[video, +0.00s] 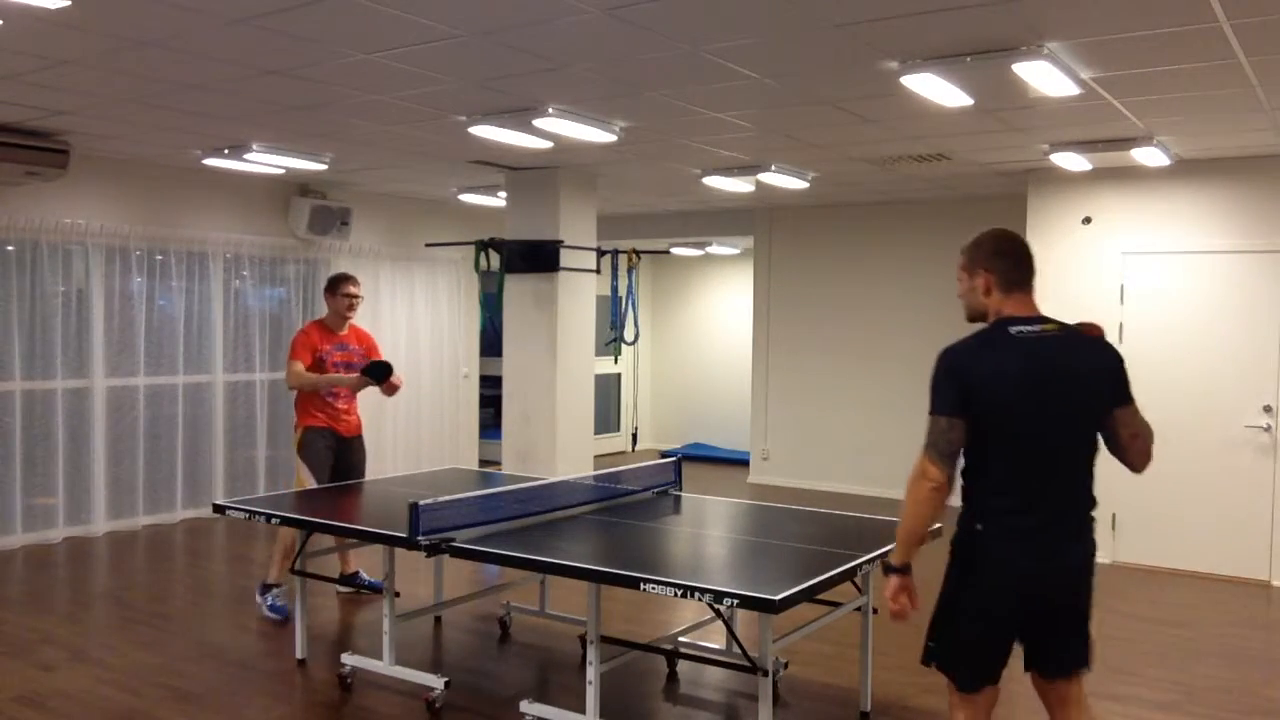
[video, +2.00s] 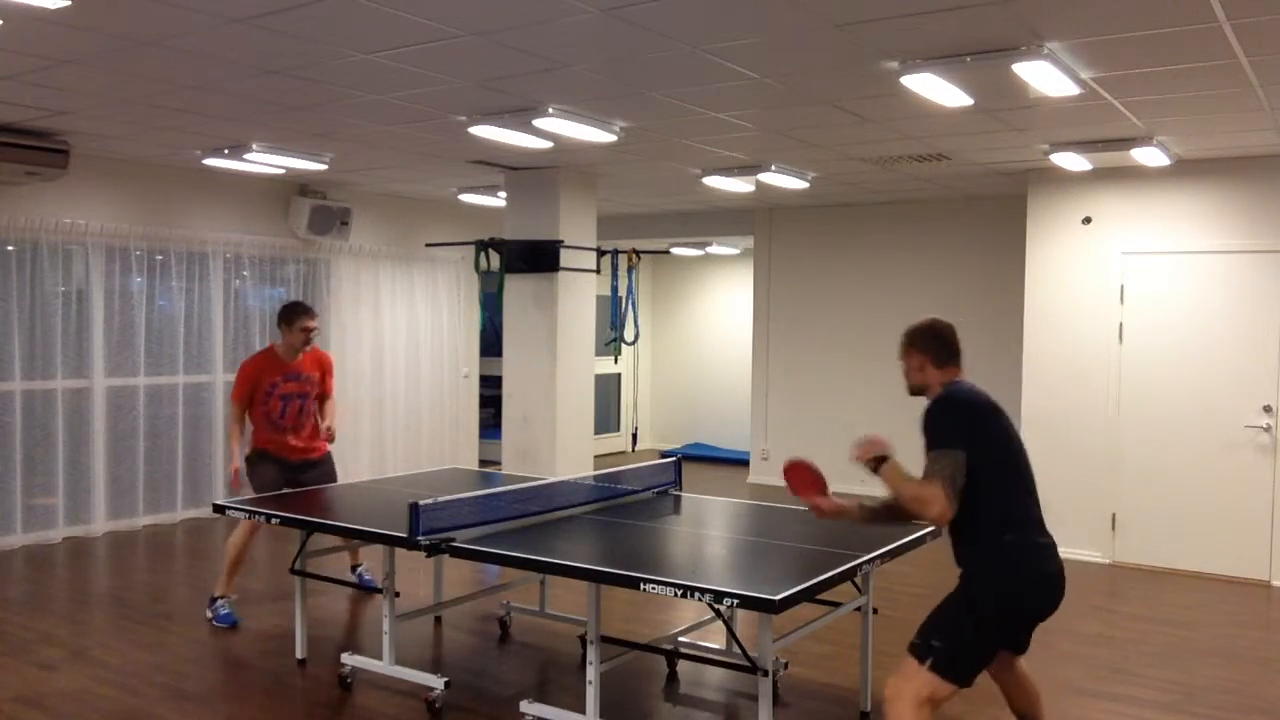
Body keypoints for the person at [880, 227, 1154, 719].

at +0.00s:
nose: (959, 290)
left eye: (962, 277)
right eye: (959, 277)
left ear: (986, 281)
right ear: (1028, 278)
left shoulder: (963, 360)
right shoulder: (1091, 354)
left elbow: (934, 477)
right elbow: (1138, 453)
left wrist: (900, 564)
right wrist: (1102, 359)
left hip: (988, 557)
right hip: (1066, 554)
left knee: (971, 700)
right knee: (1063, 689)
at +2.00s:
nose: (904, 373)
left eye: (906, 362)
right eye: (904, 363)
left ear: (922, 361)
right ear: (949, 359)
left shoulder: (949, 407)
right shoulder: (975, 403)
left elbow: (936, 505)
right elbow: (927, 508)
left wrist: (883, 464)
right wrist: (849, 509)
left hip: (1002, 577)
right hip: (1037, 572)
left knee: (906, 694)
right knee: (1001, 661)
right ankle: (1034, 717)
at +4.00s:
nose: (1009, 324)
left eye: (1012, 314)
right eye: (1011, 314)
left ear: (1025, 315)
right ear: (1066, 320)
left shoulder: (1021, 381)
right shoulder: (1098, 379)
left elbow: (1014, 490)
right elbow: (1097, 483)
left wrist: (978, 560)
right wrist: (1027, 521)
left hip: (1079, 554)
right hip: (1129, 549)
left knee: (1030, 690)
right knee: (1076, 674)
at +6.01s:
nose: (896, 369)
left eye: (896, 359)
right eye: (894, 360)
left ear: (906, 356)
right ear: (950, 354)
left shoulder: (897, 416)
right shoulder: (1005, 410)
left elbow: (900, 538)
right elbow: (1025, 507)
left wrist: (897, 553)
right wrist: (943, 526)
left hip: (968, 585)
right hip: (1037, 576)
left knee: (879, 706)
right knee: (1027, 684)